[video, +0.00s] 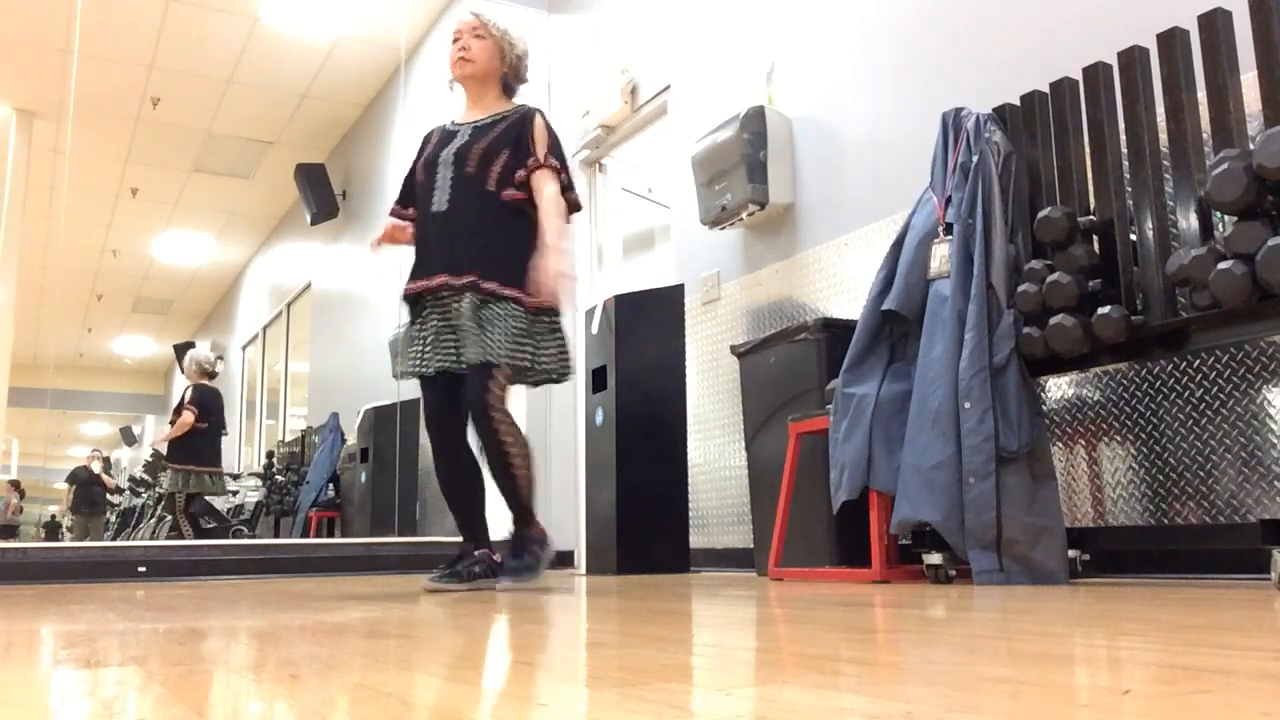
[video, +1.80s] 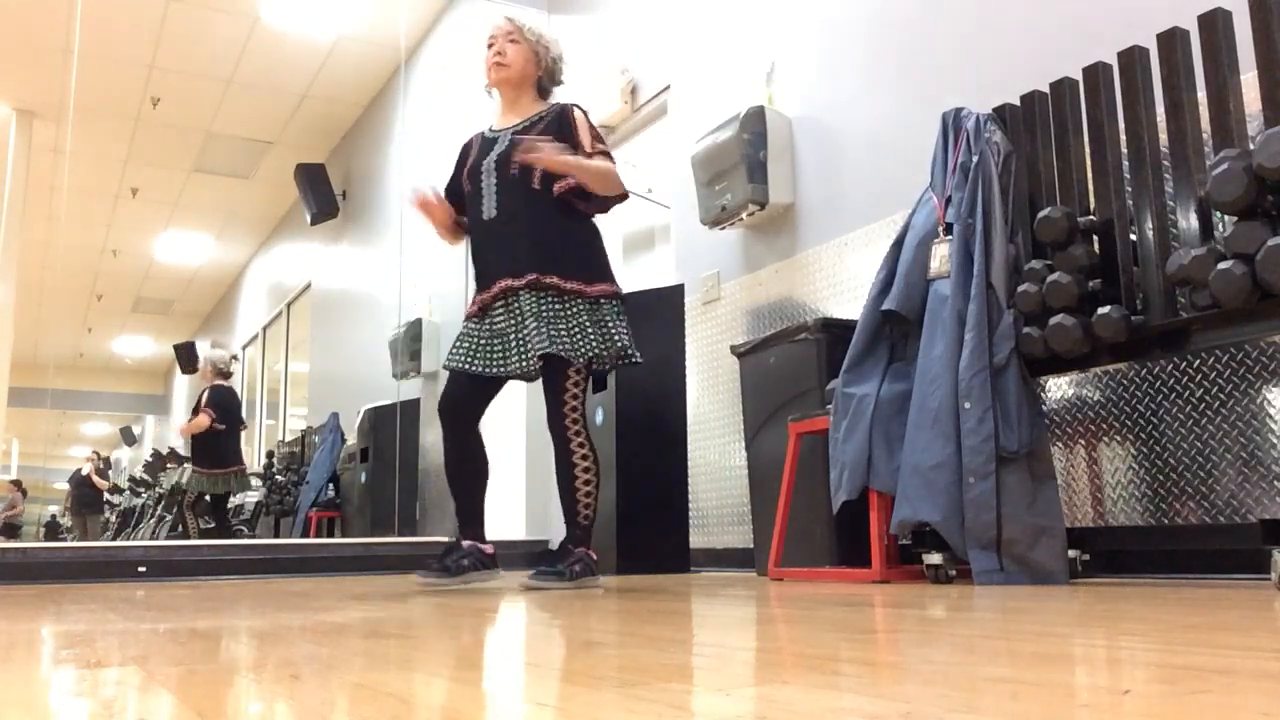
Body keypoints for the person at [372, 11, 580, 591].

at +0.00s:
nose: (460, 46)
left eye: (474, 37)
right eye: (455, 41)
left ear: (505, 57)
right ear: (451, 64)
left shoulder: (526, 121)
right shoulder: (436, 139)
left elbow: (549, 194)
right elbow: (426, 221)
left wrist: (551, 253)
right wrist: (401, 230)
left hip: (500, 287)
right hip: (435, 292)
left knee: (485, 403)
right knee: (442, 425)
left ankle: (529, 535)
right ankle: (476, 549)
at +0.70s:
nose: (447, 30)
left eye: (464, 25)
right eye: (442, 25)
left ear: (490, 51)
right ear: (433, 51)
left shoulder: (509, 113)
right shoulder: (413, 128)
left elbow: (545, 186)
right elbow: (384, 204)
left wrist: (483, 209)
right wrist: (379, 231)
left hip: (487, 286)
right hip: (425, 287)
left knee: (458, 405)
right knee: (430, 418)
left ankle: (439, 547)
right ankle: (476, 547)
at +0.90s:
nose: (453, 29)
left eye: (469, 23)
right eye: (446, 25)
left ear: (497, 47)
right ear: (439, 53)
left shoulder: (517, 106)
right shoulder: (422, 127)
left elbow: (547, 180)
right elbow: (399, 202)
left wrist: (454, 187)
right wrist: (382, 209)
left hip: (498, 279)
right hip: (437, 284)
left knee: (482, 404)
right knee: (449, 417)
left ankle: (504, 548)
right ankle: (475, 550)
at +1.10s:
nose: (459, 36)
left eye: (473, 29)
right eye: (453, 34)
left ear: (505, 50)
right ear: (452, 61)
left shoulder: (527, 107)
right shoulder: (438, 133)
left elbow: (561, 184)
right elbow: (422, 219)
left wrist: (511, 244)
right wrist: (406, 209)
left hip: (515, 282)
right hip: (448, 286)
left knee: (534, 418)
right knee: (459, 425)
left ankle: (575, 546)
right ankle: (481, 551)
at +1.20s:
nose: (464, 38)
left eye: (478, 29)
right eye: (458, 35)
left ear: (510, 49)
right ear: (457, 61)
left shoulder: (537, 107)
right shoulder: (445, 132)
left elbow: (575, 182)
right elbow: (437, 223)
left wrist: (561, 246)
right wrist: (416, 210)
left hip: (523, 279)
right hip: (455, 284)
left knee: (543, 417)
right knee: (462, 423)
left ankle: (574, 548)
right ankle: (482, 552)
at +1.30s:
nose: (469, 37)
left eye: (483, 29)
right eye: (462, 35)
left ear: (514, 48)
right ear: (460, 62)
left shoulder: (545, 107)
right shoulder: (450, 133)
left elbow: (590, 170)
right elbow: (439, 217)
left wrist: (615, 223)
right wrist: (422, 210)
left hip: (534, 280)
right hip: (465, 282)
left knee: (546, 414)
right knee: (466, 421)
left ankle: (576, 549)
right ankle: (483, 551)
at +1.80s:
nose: (495, 50)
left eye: (509, 42)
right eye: (490, 45)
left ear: (539, 61)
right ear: (487, 68)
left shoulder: (565, 118)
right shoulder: (476, 147)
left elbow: (614, 184)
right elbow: (456, 231)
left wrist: (565, 160)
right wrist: (434, 212)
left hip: (565, 288)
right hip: (499, 297)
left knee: (566, 416)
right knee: (456, 409)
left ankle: (579, 550)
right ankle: (473, 544)